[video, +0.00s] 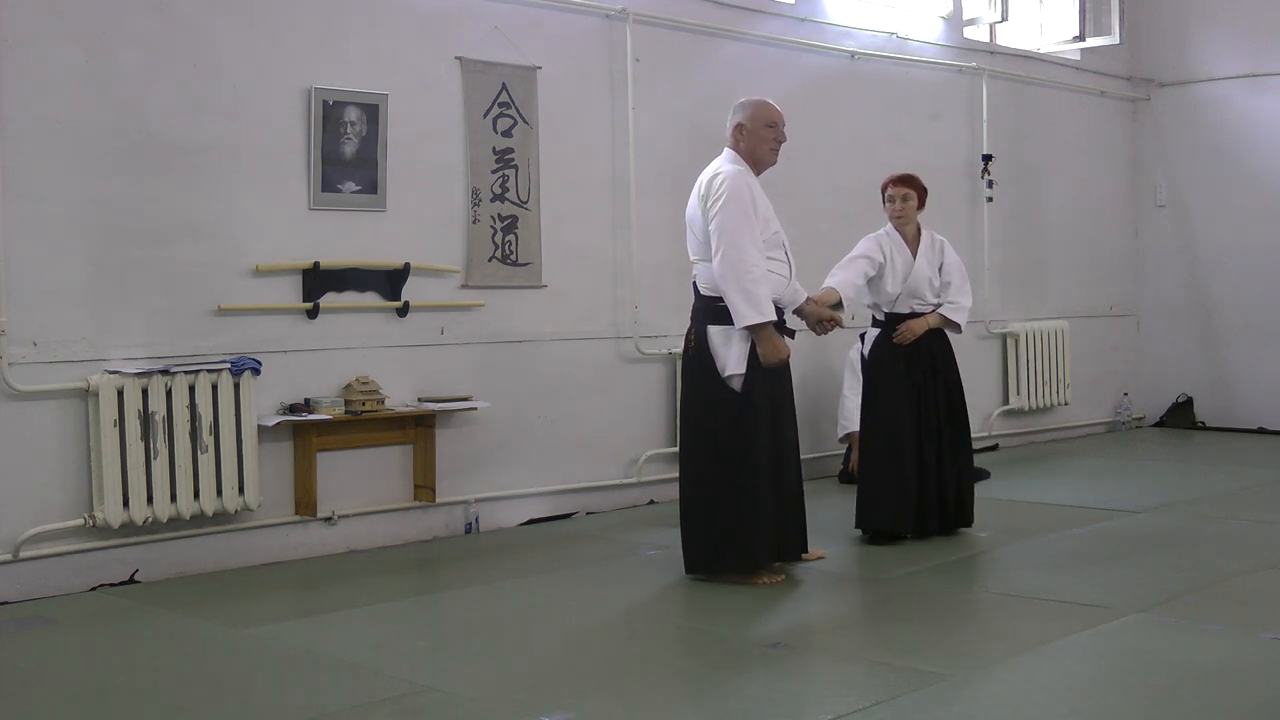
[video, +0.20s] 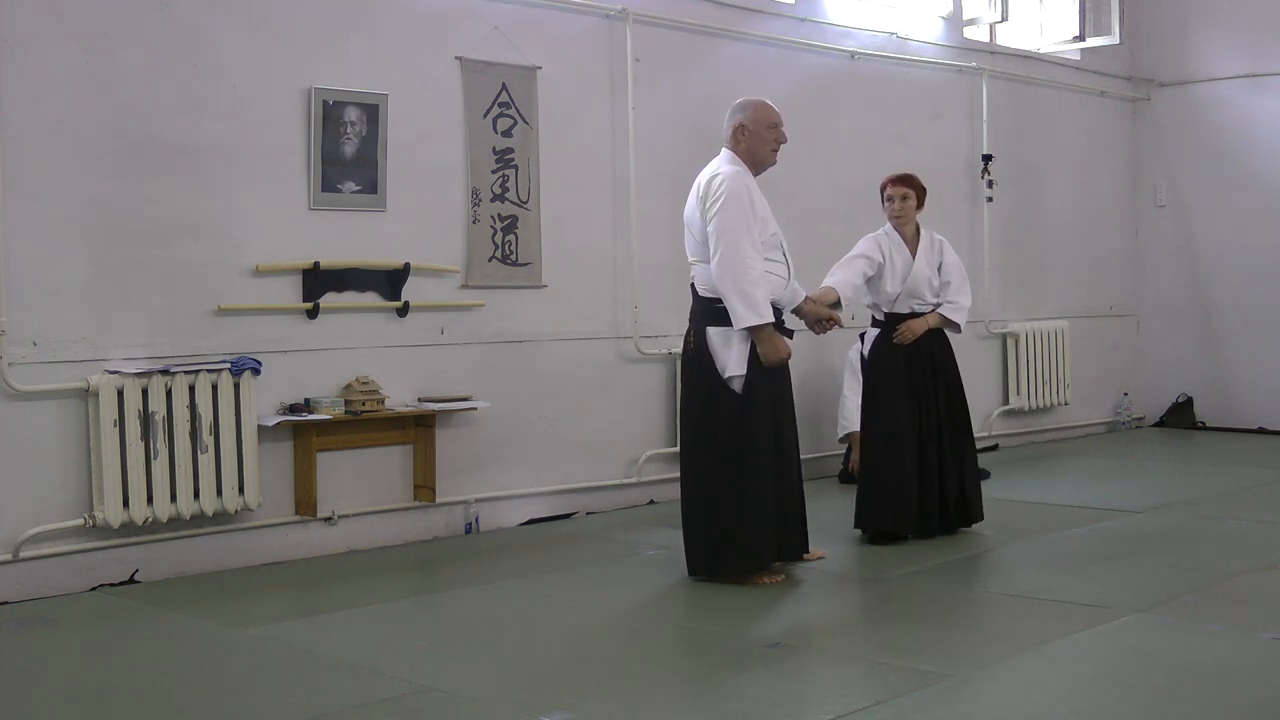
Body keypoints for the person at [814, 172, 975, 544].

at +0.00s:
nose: (898, 206)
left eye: (905, 199)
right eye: (891, 200)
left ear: (920, 203)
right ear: (884, 206)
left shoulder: (939, 246)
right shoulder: (876, 245)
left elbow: (959, 299)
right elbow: (848, 275)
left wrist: (925, 322)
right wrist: (820, 302)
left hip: (931, 344)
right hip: (889, 346)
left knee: (938, 427)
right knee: (892, 432)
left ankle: (940, 516)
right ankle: (890, 521)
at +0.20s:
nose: (896, 205)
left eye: (905, 199)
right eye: (890, 200)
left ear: (920, 204)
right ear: (883, 206)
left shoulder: (937, 245)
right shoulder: (875, 245)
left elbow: (958, 298)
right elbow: (846, 277)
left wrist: (925, 322)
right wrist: (815, 302)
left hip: (932, 345)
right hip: (889, 347)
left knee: (939, 427)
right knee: (893, 432)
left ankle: (943, 516)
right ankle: (893, 520)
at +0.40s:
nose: (895, 205)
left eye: (903, 198)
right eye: (888, 200)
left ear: (917, 204)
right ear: (881, 206)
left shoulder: (936, 245)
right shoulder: (874, 246)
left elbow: (957, 298)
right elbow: (844, 276)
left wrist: (924, 323)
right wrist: (812, 301)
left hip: (930, 345)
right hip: (888, 347)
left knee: (938, 427)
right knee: (893, 432)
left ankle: (943, 515)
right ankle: (893, 521)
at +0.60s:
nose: (893, 206)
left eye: (901, 199)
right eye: (886, 200)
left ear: (916, 204)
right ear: (880, 206)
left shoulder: (934, 246)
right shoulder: (872, 246)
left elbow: (955, 299)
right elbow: (843, 276)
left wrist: (923, 323)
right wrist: (810, 299)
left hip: (929, 344)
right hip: (886, 347)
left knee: (937, 427)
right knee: (891, 432)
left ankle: (941, 515)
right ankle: (892, 521)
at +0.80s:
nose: (892, 207)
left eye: (900, 200)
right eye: (885, 201)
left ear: (915, 204)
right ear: (878, 207)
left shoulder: (933, 247)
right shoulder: (872, 247)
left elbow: (954, 300)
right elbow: (842, 276)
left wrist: (922, 323)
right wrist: (809, 299)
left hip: (928, 344)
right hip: (886, 346)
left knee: (936, 427)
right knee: (891, 432)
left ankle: (941, 515)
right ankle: (892, 521)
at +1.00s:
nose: (892, 208)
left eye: (899, 200)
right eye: (884, 202)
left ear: (914, 204)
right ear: (878, 207)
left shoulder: (932, 246)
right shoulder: (871, 247)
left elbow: (954, 299)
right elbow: (843, 275)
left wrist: (922, 323)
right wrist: (810, 299)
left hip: (928, 344)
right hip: (886, 347)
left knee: (936, 427)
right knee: (891, 432)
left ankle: (940, 514)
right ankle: (892, 520)